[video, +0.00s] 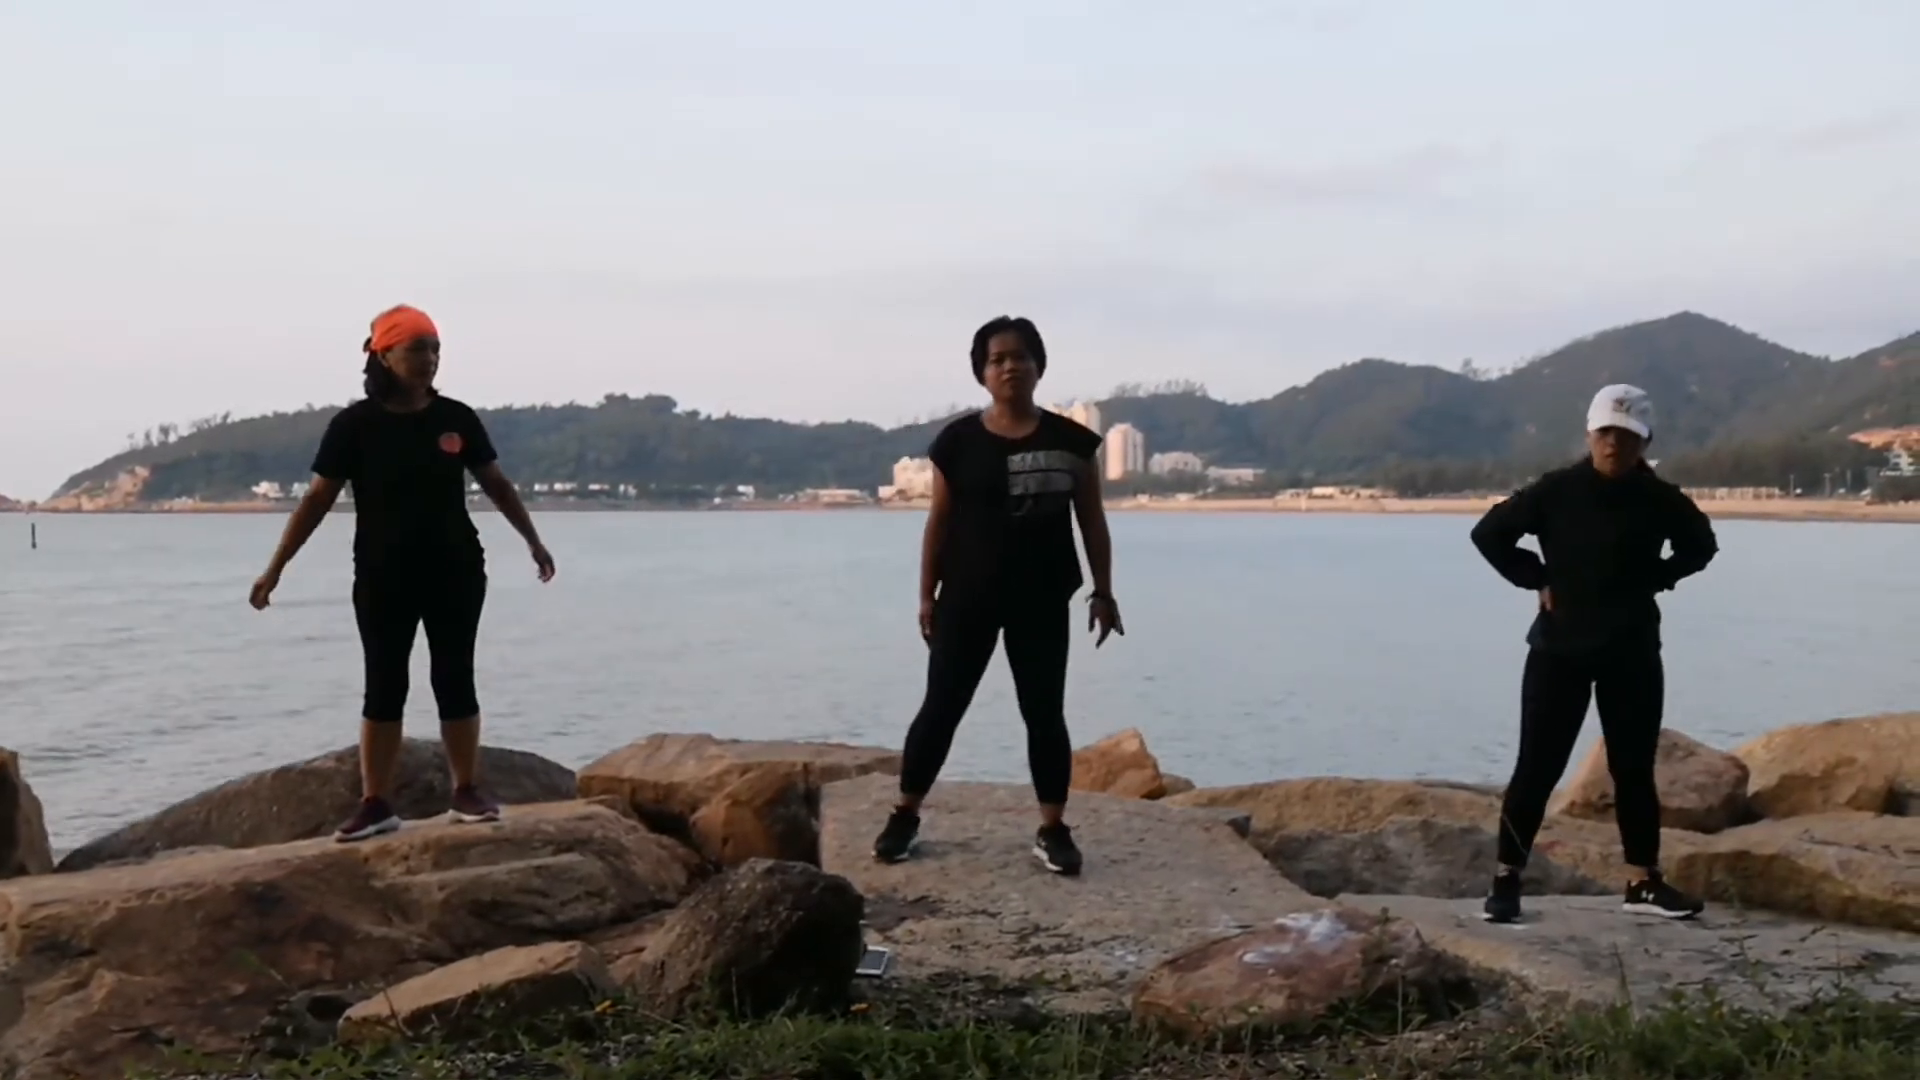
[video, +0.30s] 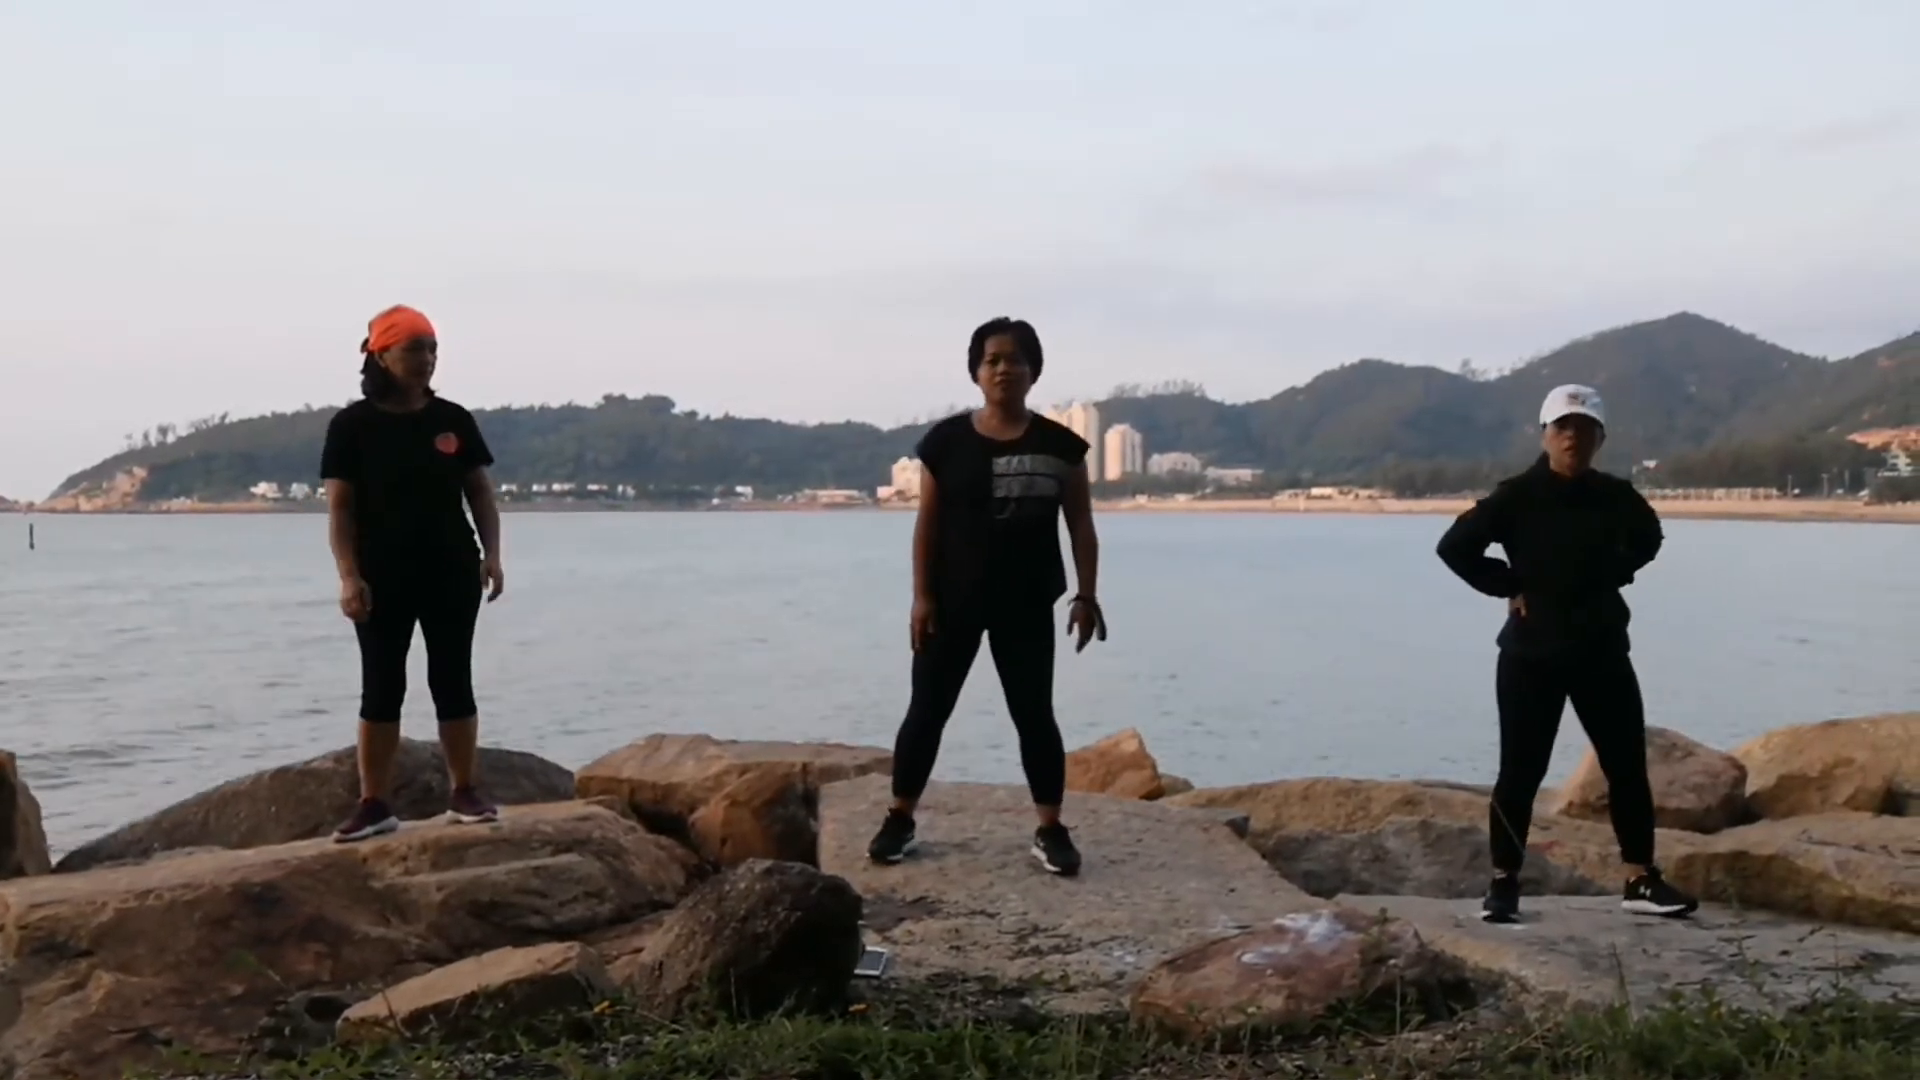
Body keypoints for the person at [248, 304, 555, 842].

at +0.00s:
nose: (430, 358)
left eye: (434, 348)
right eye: (418, 349)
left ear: (437, 354)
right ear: (384, 356)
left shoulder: (457, 420)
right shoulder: (353, 426)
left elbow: (495, 483)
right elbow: (316, 501)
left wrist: (533, 539)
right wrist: (273, 568)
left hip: (453, 575)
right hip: (384, 580)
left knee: (455, 684)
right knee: (383, 692)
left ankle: (466, 791)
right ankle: (374, 802)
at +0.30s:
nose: (426, 357)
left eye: (431, 348)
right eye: (414, 349)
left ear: (436, 353)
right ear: (381, 356)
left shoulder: (454, 420)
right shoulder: (350, 426)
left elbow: (481, 493)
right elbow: (338, 509)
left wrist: (492, 553)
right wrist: (348, 575)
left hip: (450, 574)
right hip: (381, 579)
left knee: (453, 685)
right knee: (381, 692)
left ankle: (464, 792)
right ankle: (373, 803)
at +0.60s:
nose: (423, 358)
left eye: (427, 348)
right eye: (410, 349)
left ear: (432, 354)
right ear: (378, 357)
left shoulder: (452, 420)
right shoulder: (348, 426)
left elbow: (482, 490)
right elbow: (336, 507)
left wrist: (461, 533)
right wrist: (387, 545)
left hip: (449, 574)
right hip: (378, 577)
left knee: (451, 685)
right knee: (379, 689)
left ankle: (461, 794)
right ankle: (372, 803)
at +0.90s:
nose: (423, 359)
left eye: (428, 349)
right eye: (411, 349)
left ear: (433, 356)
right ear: (378, 356)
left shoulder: (451, 423)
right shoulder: (347, 427)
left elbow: (484, 492)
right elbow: (319, 505)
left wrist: (510, 553)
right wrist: (292, 577)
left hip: (447, 578)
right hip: (376, 581)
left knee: (449, 686)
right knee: (377, 694)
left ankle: (459, 794)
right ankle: (370, 804)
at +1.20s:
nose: (418, 358)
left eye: (424, 349)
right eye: (406, 349)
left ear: (431, 357)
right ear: (375, 355)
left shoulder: (450, 426)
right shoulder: (344, 427)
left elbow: (482, 496)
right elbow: (310, 504)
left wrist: (515, 556)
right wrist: (269, 573)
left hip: (444, 580)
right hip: (373, 583)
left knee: (447, 687)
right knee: (374, 695)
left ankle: (458, 795)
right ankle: (367, 806)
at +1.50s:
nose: (412, 358)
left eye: (418, 349)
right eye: (400, 349)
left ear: (426, 355)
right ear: (369, 356)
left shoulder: (448, 422)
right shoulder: (341, 427)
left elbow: (469, 491)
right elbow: (331, 506)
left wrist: (449, 536)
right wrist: (369, 553)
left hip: (441, 575)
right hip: (369, 579)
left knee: (444, 686)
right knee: (370, 692)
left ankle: (455, 796)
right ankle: (365, 805)